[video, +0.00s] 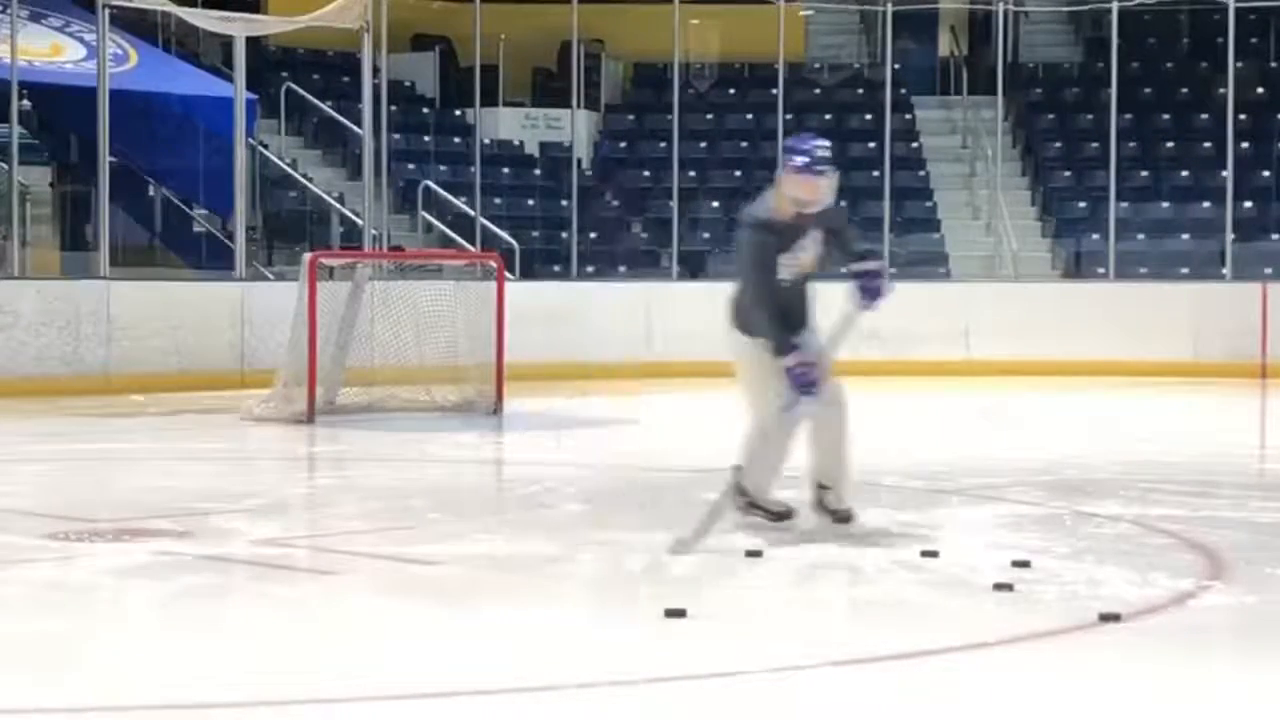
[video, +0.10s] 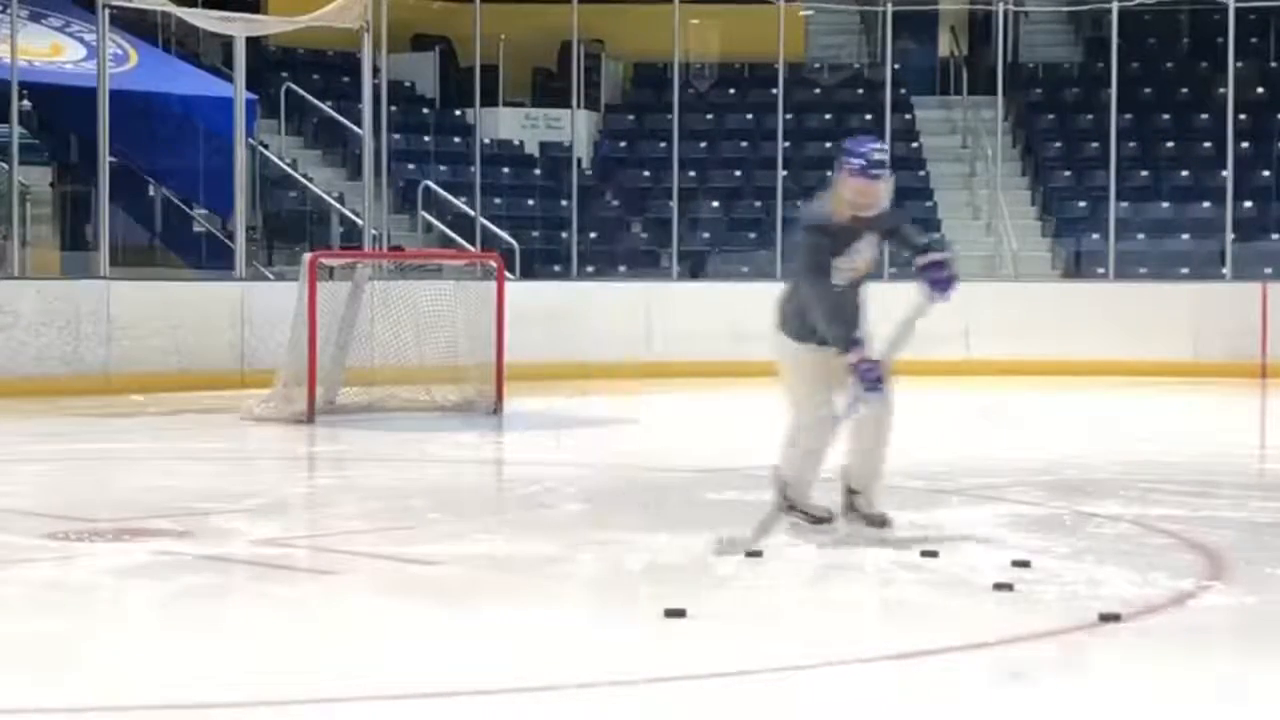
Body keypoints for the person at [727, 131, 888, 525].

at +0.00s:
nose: (811, 190)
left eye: (820, 180)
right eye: (802, 179)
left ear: (830, 181)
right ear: (784, 178)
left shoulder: (828, 214)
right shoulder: (761, 222)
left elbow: (847, 246)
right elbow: (758, 299)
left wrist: (866, 268)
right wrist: (788, 351)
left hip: (797, 318)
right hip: (756, 322)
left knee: (830, 402)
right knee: (777, 406)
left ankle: (829, 491)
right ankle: (750, 489)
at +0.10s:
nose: (866, 190)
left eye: (875, 180)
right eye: (857, 178)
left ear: (886, 184)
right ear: (840, 177)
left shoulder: (879, 218)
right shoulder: (817, 225)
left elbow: (905, 235)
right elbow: (816, 292)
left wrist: (931, 257)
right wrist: (853, 349)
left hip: (849, 328)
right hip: (803, 332)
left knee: (875, 405)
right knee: (817, 413)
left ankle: (859, 494)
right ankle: (793, 492)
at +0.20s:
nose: (925, 194)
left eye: (928, 186)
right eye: (918, 185)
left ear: (930, 188)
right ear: (898, 184)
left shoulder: (929, 221)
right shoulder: (871, 223)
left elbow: (958, 238)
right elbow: (874, 293)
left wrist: (984, 257)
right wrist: (906, 350)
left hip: (896, 331)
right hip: (852, 333)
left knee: (924, 409)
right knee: (862, 422)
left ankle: (900, 493)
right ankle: (829, 489)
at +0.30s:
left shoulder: (975, 205)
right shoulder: (919, 222)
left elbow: (1001, 233)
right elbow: (922, 296)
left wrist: (1030, 258)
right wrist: (953, 353)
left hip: (942, 328)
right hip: (902, 329)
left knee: (971, 410)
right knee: (915, 420)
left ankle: (942, 500)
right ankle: (874, 490)